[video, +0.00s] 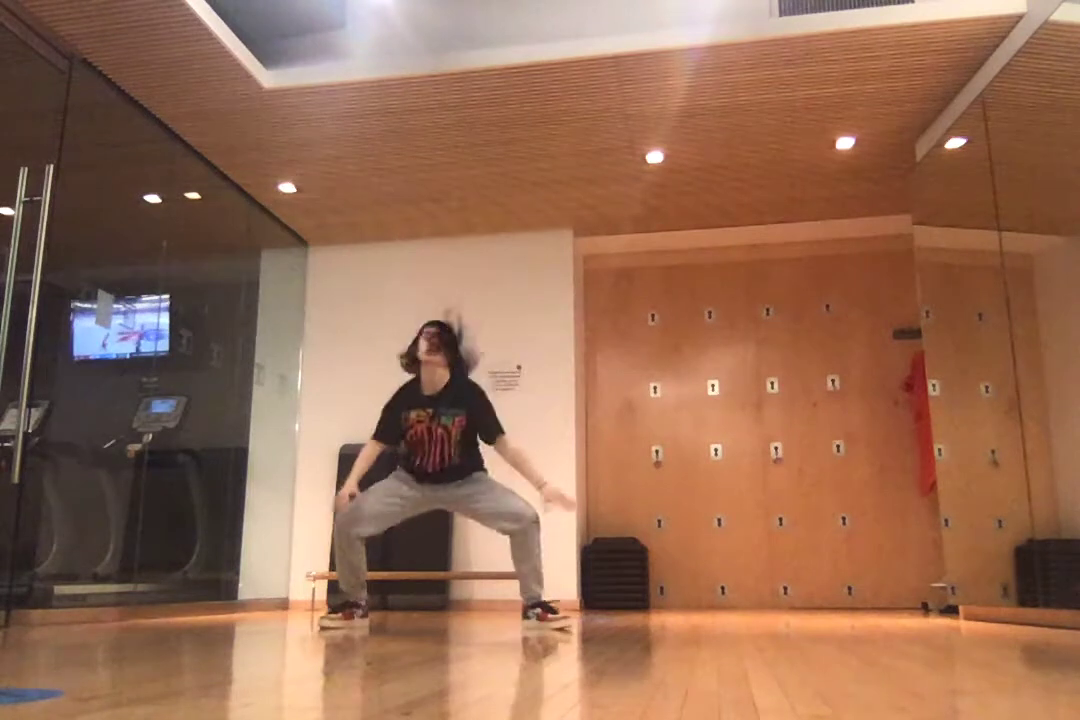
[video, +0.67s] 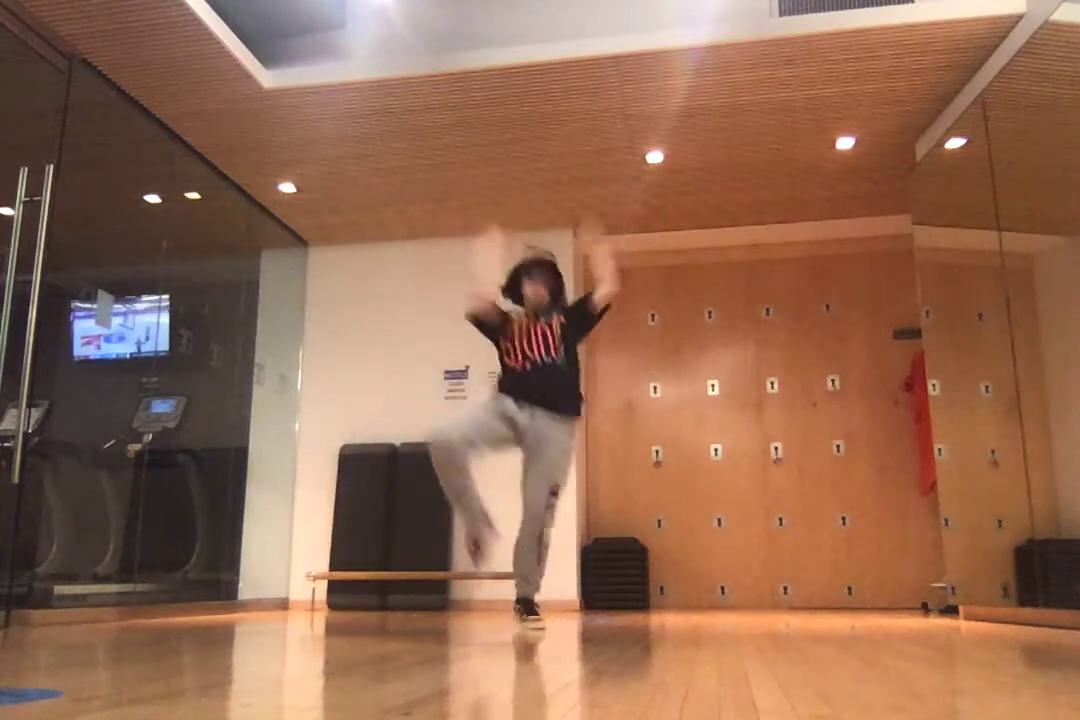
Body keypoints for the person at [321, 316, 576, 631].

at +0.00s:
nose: (431, 340)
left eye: (439, 336)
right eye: (425, 336)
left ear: (451, 351)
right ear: (415, 350)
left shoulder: (469, 394)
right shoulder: (403, 397)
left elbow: (504, 445)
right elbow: (376, 444)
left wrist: (543, 485)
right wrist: (351, 481)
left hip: (466, 485)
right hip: (410, 485)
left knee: (524, 519)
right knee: (347, 519)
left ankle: (534, 604)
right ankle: (354, 603)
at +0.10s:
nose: (444, 323)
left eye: (452, 319)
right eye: (438, 318)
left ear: (460, 330)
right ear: (427, 329)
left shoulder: (477, 376)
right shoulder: (411, 376)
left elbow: (520, 414)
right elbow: (380, 417)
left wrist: (564, 439)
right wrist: (358, 454)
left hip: (469, 471)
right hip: (415, 471)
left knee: (526, 519)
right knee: (353, 523)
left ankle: (534, 604)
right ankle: (356, 603)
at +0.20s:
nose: (466, 284)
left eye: (472, 279)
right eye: (460, 280)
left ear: (485, 292)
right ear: (450, 294)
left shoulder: (502, 341)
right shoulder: (431, 331)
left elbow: (551, 368)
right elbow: (383, 358)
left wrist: (589, 379)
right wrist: (357, 397)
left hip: (476, 440)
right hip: (425, 438)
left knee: (518, 511)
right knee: (380, 513)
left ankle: (534, 593)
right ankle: (350, 599)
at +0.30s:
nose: (488, 267)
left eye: (493, 260)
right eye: (480, 265)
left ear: (509, 268)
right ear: (474, 276)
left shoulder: (533, 313)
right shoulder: (462, 301)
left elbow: (580, 323)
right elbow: (411, 306)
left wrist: (621, 328)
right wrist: (367, 323)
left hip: (491, 419)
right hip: (441, 407)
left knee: (509, 505)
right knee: (389, 477)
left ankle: (523, 590)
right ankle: (338, 553)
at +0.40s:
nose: (499, 258)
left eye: (505, 252)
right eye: (493, 256)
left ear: (522, 259)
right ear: (488, 267)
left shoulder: (550, 301)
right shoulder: (478, 290)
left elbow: (594, 297)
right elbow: (428, 280)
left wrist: (631, 285)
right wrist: (389, 270)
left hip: (509, 410)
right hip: (464, 390)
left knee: (515, 503)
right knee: (396, 431)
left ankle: (525, 591)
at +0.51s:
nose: (510, 253)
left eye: (516, 248)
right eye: (503, 251)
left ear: (533, 256)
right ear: (498, 264)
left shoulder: (558, 297)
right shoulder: (487, 293)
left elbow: (599, 283)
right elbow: (440, 269)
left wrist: (627, 254)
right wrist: (407, 233)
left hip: (525, 409)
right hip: (480, 386)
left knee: (523, 503)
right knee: (398, 402)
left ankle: (528, 592)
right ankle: (385, 431)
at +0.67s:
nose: (537, 287)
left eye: (544, 281)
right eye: (530, 281)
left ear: (556, 289)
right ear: (516, 289)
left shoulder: (568, 321)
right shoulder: (507, 325)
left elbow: (606, 291)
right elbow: (476, 307)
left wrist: (599, 249)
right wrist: (491, 259)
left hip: (554, 422)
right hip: (508, 409)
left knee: (538, 513)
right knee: (443, 439)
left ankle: (526, 596)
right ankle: (477, 524)